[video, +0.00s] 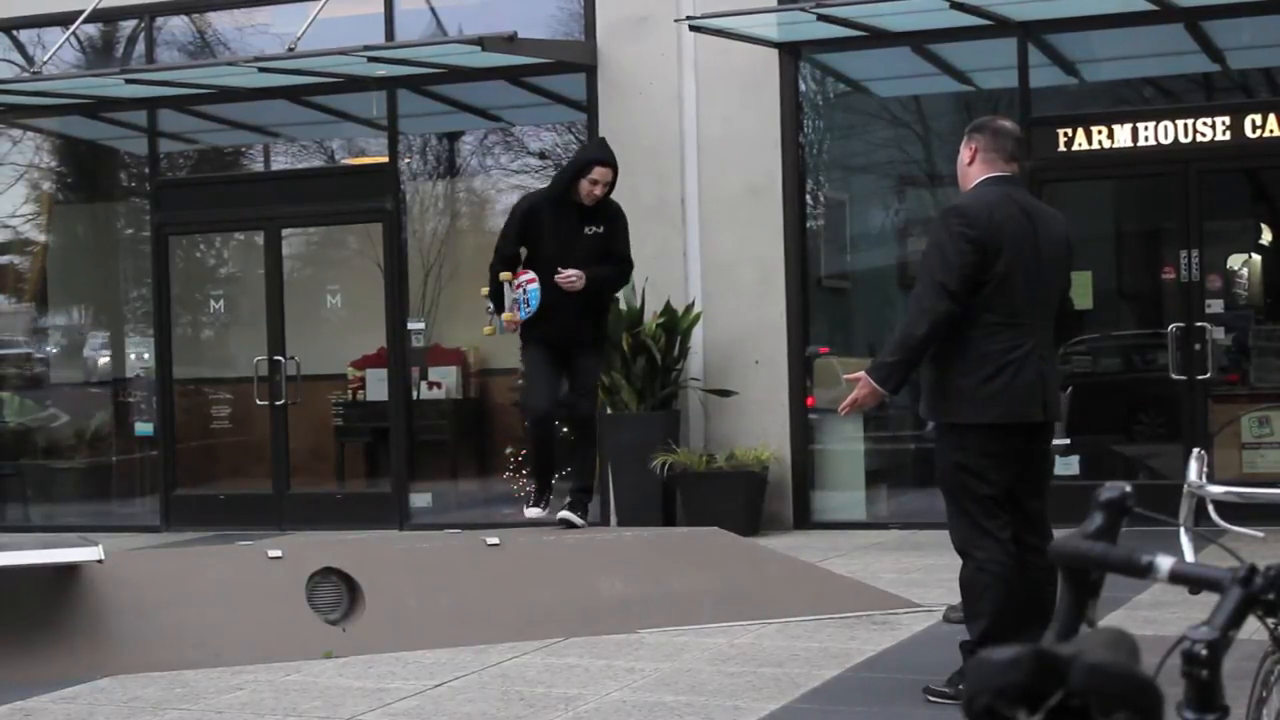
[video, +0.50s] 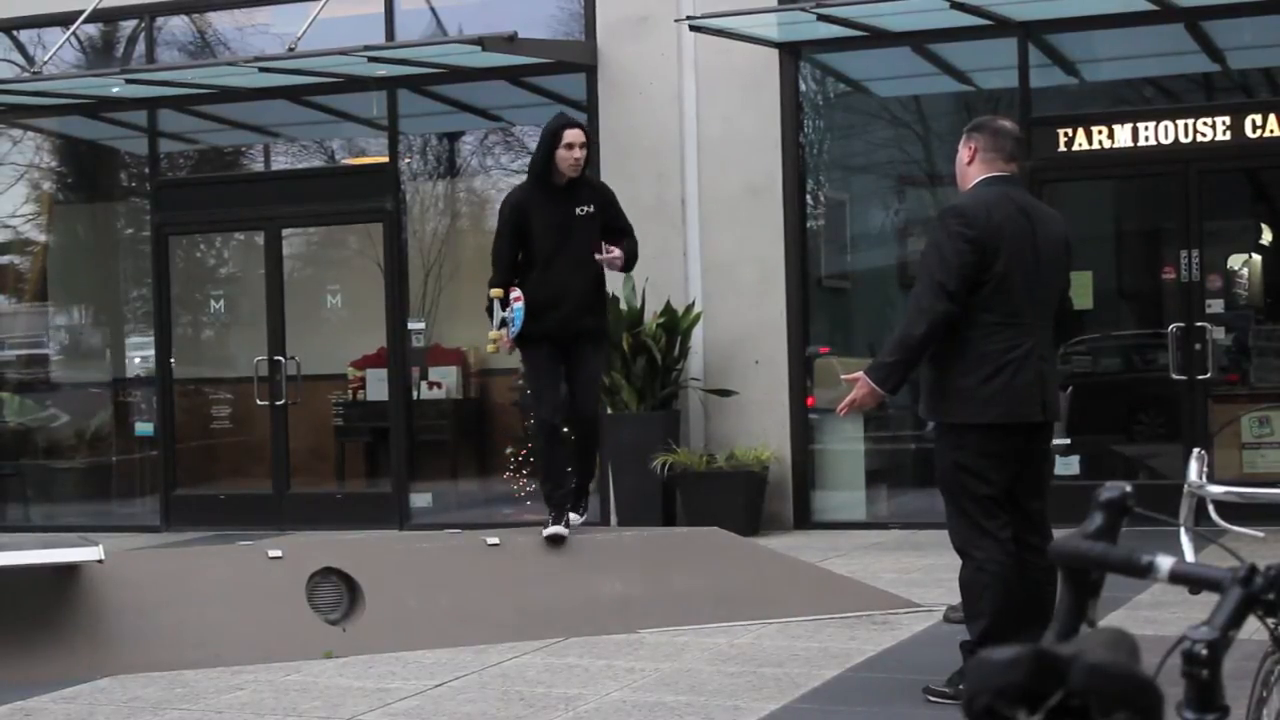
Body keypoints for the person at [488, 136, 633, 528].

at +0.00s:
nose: (599, 191)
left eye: (606, 185)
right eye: (593, 181)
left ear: (611, 184)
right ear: (576, 175)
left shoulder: (611, 216)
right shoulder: (534, 207)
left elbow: (622, 269)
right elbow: (503, 259)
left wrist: (588, 278)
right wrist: (503, 305)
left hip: (589, 331)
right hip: (542, 330)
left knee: (583, 413)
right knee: (538, 409)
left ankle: (579, 502)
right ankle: (540, 492)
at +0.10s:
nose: (598, 185)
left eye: (605, 179)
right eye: (592, 176)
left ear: (611, 180)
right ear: (574, 170)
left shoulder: (611, 213)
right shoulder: (534, 205)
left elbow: (622, 267)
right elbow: (507, 262)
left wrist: (588, 278)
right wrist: (504, 311)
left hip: (588, 331)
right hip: (540, 329)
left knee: (585, 414)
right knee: (539, 406)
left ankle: (579, 503)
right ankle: (541, 497)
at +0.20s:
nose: (595, 182)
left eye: (602, 175)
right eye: (589, 172)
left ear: (608, 177)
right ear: (571, 168)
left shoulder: (610, 211)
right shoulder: (533, 205)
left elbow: (622, 265)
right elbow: (509, 265)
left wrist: (595, 275)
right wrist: (504, 311)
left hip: (587, 332)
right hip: (539, 330)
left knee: (583, 415)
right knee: (544, 408)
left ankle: (577, 505)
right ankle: (549, 503)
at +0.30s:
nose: (587, 177)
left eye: (595, 171)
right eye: (580, 168)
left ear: (602, 173)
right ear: (563, 166)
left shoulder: (605, 207)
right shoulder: (530, 205)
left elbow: (622, 266)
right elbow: (507, 267)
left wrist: (607, 263)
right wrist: (502, 315)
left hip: (587, 330)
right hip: (539, 330)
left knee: (581, 418)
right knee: (548, 413)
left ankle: (575, 507)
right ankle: (558, 507)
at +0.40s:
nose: (581, 167)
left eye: (587, 159)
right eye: (573, 158)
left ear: (594, 163)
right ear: (555, 159)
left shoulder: (601, 202)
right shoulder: (524, 205)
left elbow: (621, 267)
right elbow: (503, 269)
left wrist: (617, 254)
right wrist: (500, 317)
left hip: (588, 328)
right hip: (539, 330)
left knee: (583, 419)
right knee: (549, 415)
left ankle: (575, 509)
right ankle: (556, 510)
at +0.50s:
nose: (577, 155)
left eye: (582, 147)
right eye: (569, 147)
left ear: (587, 152)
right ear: (550, 151)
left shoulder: (597, 194)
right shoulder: (520, 202)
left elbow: (626, 243)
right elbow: (502, 268)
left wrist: (620, 259)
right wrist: (499, 318)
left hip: (588, 323)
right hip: (539, 326)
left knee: (587, 413)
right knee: (548, 416)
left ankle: (581, 493)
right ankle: (557, 511)